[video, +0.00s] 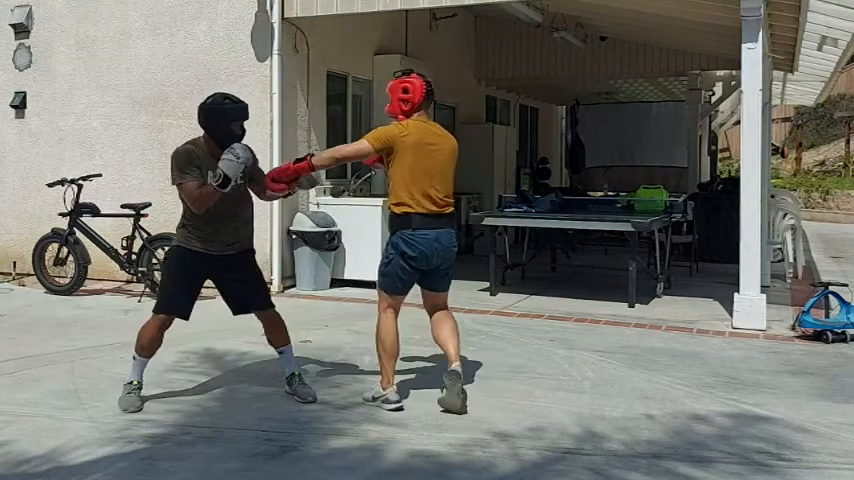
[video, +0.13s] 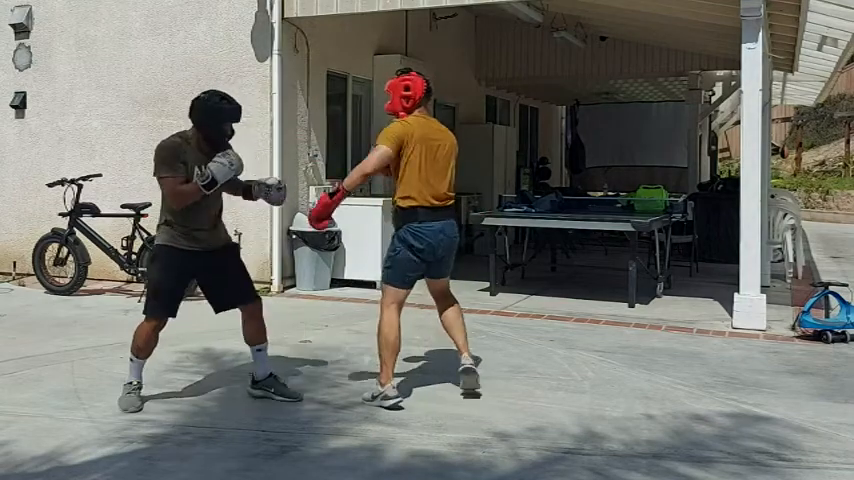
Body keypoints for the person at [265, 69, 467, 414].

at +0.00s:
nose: (388, 107)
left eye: (391, 101)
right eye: (389, 101)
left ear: (402, 102)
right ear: (427, 103)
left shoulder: (394, 133)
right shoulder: (449, 139)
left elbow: (341, 154)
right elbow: (423, 166)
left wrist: (301, 166)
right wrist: (386, 161)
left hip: (409, 236)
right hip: (445, 235)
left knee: (388, 308)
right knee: (438, 305)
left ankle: (388, 388)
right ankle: (455, 366)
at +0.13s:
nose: (389, 104)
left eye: (391, 98)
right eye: (389, 98)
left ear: (401, 99)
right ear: (425, 99)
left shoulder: (399, 129)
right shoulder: (448, 135)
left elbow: (369, 167)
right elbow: (431, 178)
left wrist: (334, 197)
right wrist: (393, 168)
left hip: (414, 228)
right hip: (447, 226)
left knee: (391, 304)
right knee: (443, 293)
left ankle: (386, 384)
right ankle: (466, 358)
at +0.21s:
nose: (391, 106)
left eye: (393, 99)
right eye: (391, 99)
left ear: (406, 99)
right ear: (425, 100)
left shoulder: (404, 128)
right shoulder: (448, 134)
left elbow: (390, 175)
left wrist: (362, 211)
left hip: (419, 228)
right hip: (450, 225)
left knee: (392, 302)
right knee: (448, 295)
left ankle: (387, 383)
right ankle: (475, 360)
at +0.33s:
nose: (396, 115)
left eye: (400, 111)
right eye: (398, 110)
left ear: (413, 114)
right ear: (424, 114)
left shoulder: (422, 143)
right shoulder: (446, 142)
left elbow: (434, 191)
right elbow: (447, 189)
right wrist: (410, 187)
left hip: (430, 237)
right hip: (454, 235)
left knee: (390, 304)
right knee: (458, 301)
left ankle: (392, 383)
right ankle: (493, 361)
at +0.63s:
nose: (403, 113)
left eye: (407, 106)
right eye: (403, 107)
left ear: (425, 106)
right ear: (424, 107)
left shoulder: (442, 133)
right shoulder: (434, 135)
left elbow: (463, 180)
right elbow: (426, 181)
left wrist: (421, 192)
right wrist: (396, 161)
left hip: (437, 229)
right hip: (447, 227)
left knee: (392, 288)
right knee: (459, 295)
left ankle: (386, 368)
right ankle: (492, 358)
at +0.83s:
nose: (396, 129)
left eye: (398, 123)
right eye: (394, 124)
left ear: (412, 123)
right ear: (415, 124)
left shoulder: (434, 150)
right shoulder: (417, 149)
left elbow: (407, 186)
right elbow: (381, 175)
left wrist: (395, 146)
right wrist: (368, 141)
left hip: (429, 245)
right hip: (438, 243)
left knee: (392, 310)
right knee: (454, 307)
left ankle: (367, 386)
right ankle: (494, 365)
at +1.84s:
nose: (351, 139)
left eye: (353, 133)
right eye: (350, 134)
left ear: (366, 134)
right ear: (374, 131)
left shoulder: (390, 155)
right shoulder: (374, 159)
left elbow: (367, 191)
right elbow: (341, 188)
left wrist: (356, 151)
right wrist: (328, 154)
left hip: (386, 253)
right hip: (393, 251)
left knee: (336, 310)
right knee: (412, 312)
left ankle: (324, 389)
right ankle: (461, 361)